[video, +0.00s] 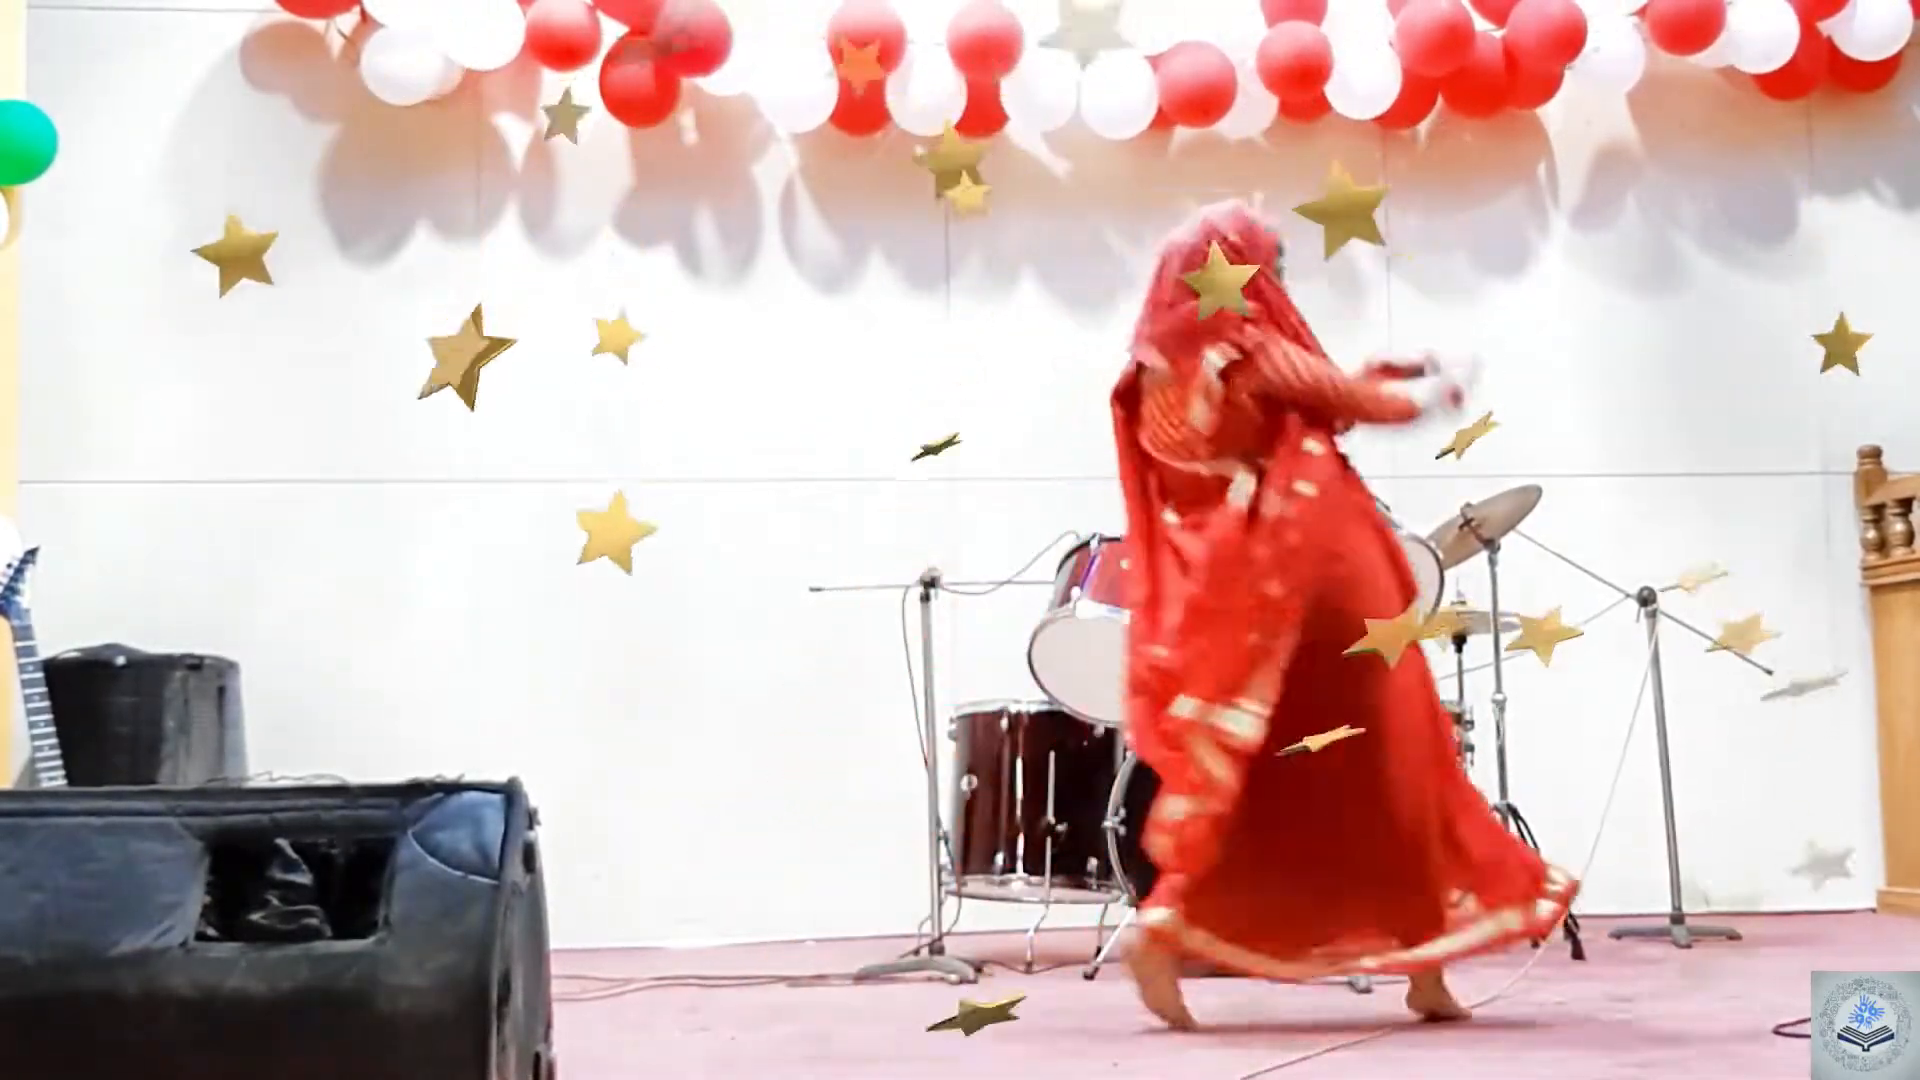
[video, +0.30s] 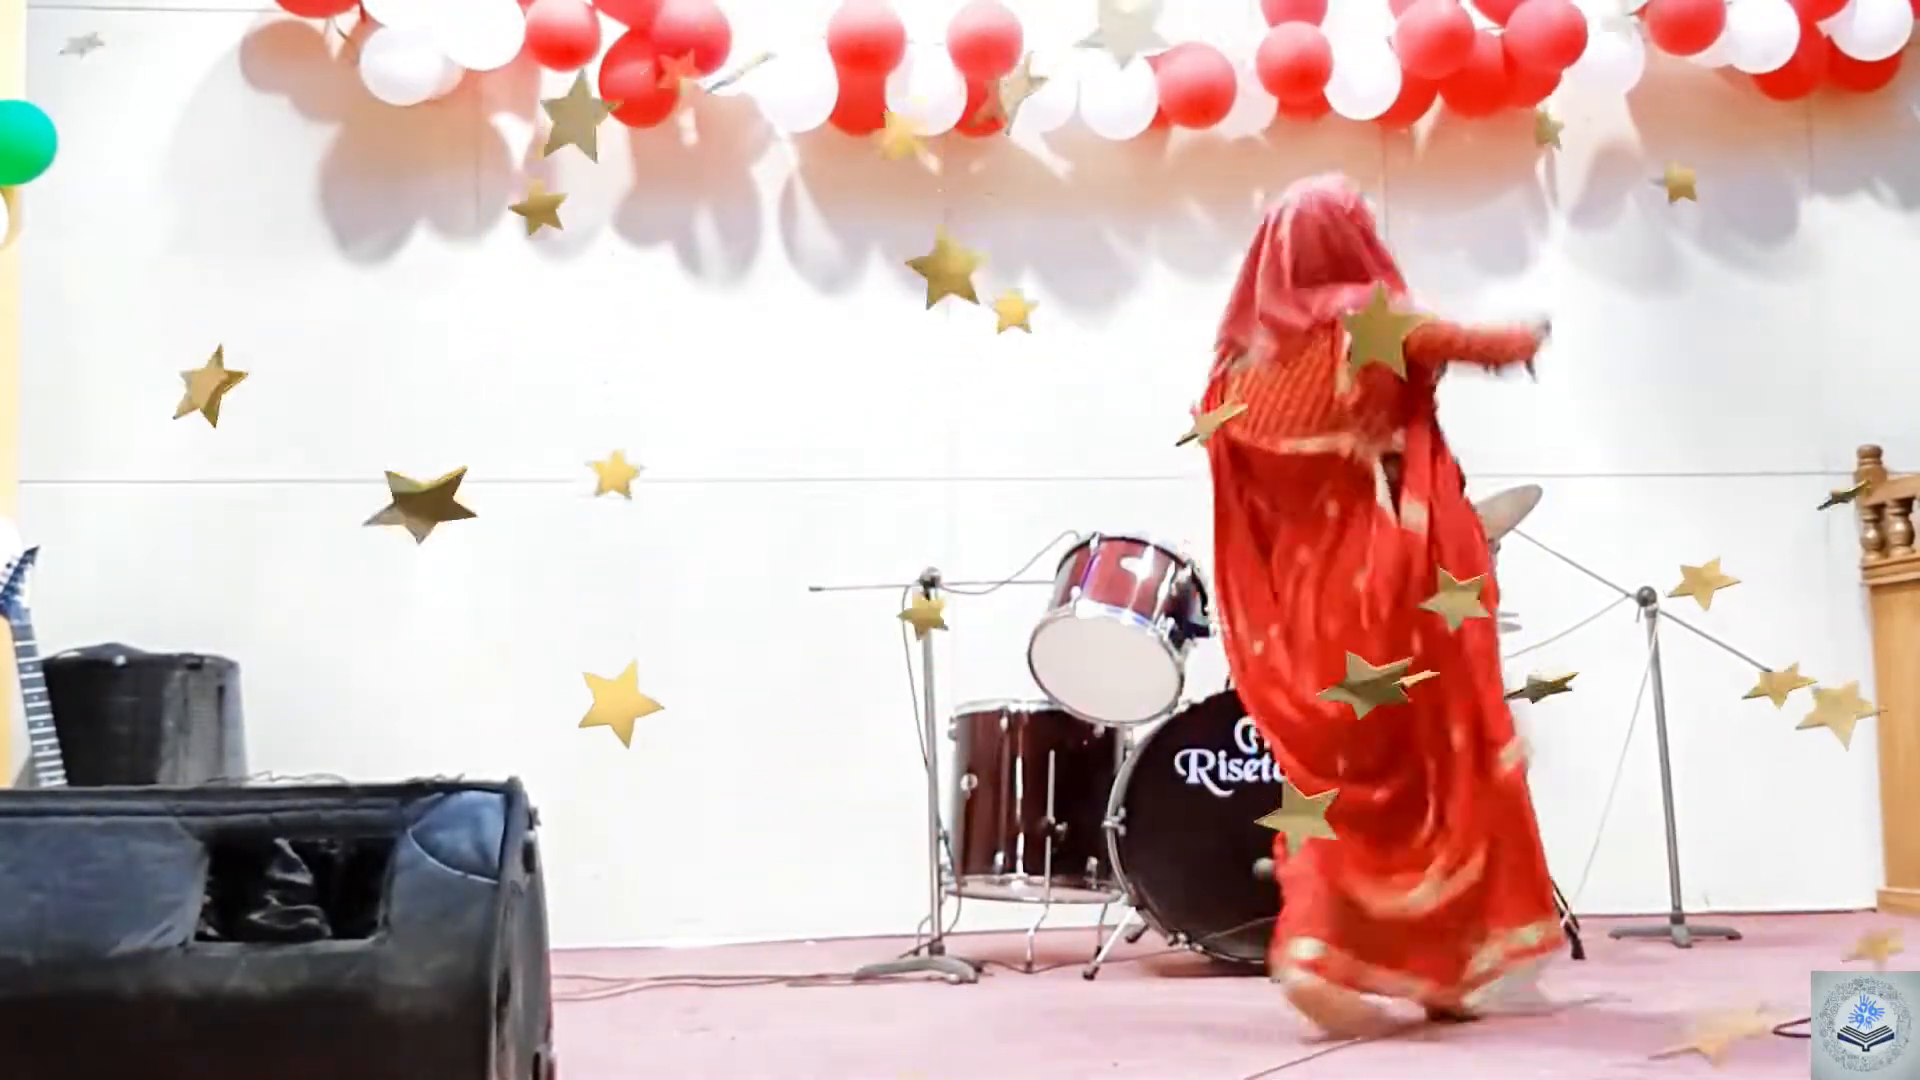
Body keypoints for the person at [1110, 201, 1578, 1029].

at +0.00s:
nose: (1277, 282)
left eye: (1273, 268)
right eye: (1267, 269)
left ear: (1178, 280)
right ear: (1240, 277)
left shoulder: (1149, 374)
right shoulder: (1250, 351)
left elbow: (1284, 399)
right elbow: (1342, 394)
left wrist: (1371, 371)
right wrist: (1429, 389)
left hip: (1222, 584)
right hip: (1314, 575)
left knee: (1228, 755)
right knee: (1399, 754)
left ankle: (1161, 928)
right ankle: (1426, 966)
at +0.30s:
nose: (1380, 249)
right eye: (1369, 233)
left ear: (1267, 256)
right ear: (1357, 244)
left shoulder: (1238, 369)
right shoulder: (1366, 320)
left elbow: (1254, 518)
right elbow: (1448, 340)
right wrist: (1513, 342)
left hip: (1304, 616)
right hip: (1394, 602)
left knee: (1333, 785)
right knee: (1439, 772)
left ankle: (1313, 954)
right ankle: (1448, 973)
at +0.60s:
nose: (1417, 230)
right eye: (1415, 217)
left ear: (1314, 237)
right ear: (1411, 221)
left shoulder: (1278, 357)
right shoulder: (1431, 268)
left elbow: (1241, 514)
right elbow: (1556, 238)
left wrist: (1243, 612)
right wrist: (1537, 224)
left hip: (1326, 577)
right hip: (1440, 551)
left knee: (1338, 787)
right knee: (1492, 745)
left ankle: (1366, 997)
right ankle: (1521, 899)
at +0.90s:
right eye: (1517, 275)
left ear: (1407, 292)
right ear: (1514, 284)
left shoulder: (1367, 400)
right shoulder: (1543, 377)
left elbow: (1317, 441)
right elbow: (1623, 495)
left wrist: (1297, 397)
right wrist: (1721, 567)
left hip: (1444, 653)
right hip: (1556, 648)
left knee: (1486, 844)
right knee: (1596, 848)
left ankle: (1495, 1032)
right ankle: (1609, 1051)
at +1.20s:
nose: (1417, 275)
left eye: (1412, 257)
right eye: (1416, 258)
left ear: (1370, 253)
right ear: (1484, 241)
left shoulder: (1369, 355)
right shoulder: (1535, 322)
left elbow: (1318, 468)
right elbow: (1564, 436)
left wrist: (1263, 539)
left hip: (1396, 594)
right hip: (1525, 574)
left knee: (1416, 792)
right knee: (1532, 754)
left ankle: (1460, 1008)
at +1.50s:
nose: (1320, 238)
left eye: (1332, 224)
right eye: (1329, 223)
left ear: (1351, 241)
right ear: (1426, 250)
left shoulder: (1325, 327)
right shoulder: (1451, 347)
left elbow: (1243, 387)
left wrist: (1179, 373)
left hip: (1358, 623)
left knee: (1344, 817)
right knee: (1281, 786)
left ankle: (1470, 976)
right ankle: (1282, 974)